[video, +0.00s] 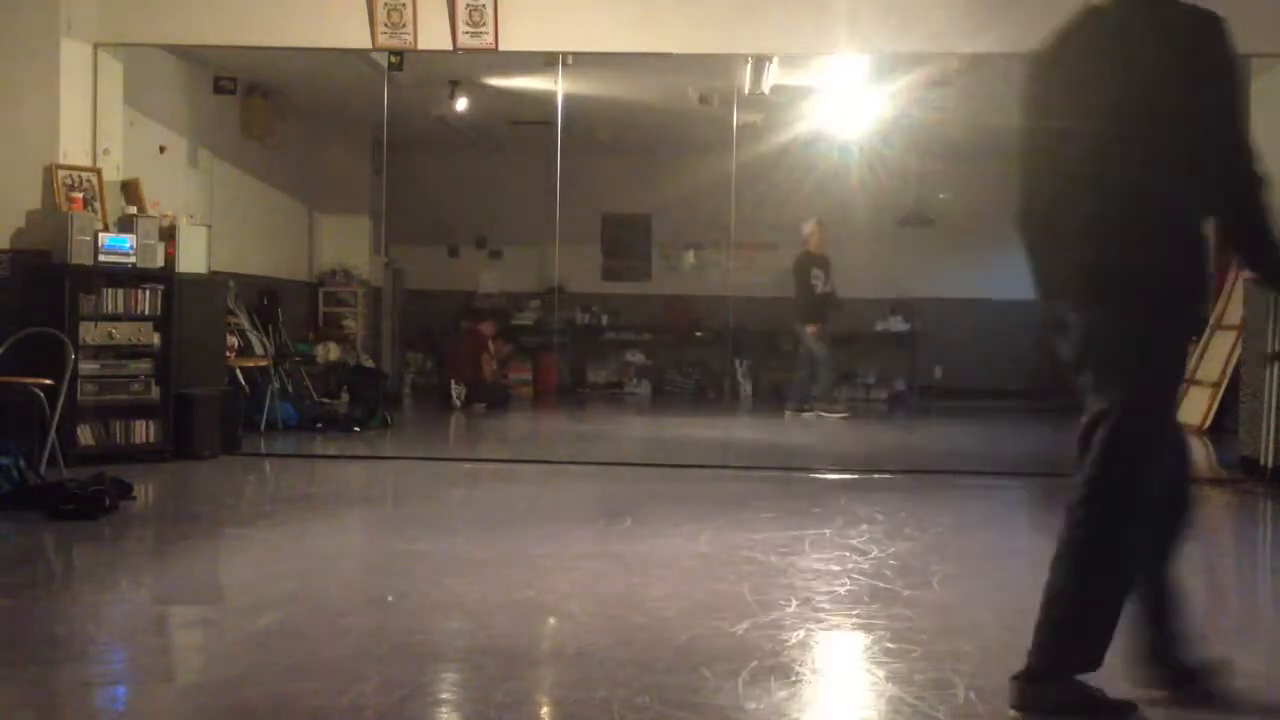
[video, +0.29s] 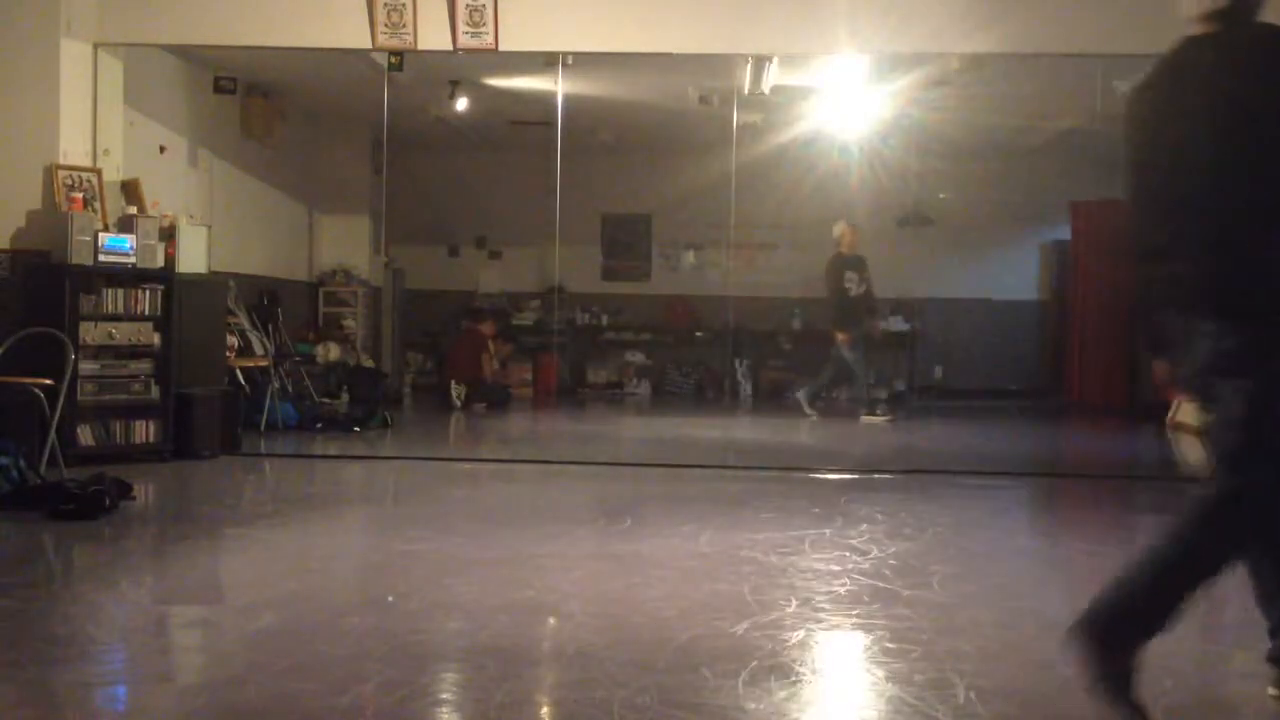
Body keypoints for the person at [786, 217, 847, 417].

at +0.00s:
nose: (821, 239)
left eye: (821, 234)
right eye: (816, 235)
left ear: (823, 236)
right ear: (808, 237)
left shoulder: (824, 260)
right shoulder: (802, 260)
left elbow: (827, 287)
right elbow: (803, 293)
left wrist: (834, 301)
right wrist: (808, 319)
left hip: (820, 315)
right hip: (805, 317)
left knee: (806, 360)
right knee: (822, 356)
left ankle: (797, 402)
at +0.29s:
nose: (853, 238)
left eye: (854, 234)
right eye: (849, 234)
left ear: (856, 236)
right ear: (840, 238)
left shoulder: (860, 261)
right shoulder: (835, 263)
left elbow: (867, 291)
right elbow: (834, 296)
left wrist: (873, 317)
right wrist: (837, 326)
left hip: (859, 318)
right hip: (843, 319)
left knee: (838, 364)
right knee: (859, 365)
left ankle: (809, 394)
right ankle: (865, 408)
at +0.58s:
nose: (881, 234)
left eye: (881, 229)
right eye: (876, 230)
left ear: (883, 231)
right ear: (869, 234)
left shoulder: (888, 257)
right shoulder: (865, 260)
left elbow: (889, 289)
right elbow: (864, 293)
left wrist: (890, 316)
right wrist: (875, 320)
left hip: (886, 316)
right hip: (870, 317)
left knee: (886, 361)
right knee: (870, 362)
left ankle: (886, 405)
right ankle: (868, 406)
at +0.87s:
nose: (912, 239)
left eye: (913, 234)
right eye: (908, 234)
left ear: (914, 236)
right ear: (901, 237)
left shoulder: (915, 261)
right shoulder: (897, 261)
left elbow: (915, 295)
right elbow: (898, 297)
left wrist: (920, 321)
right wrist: (910, 324)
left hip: (913, 319)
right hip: (897, 320)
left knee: (924, 363)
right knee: (890, 363)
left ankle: (933, 409)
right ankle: (872, 405)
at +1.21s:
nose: (936, 233)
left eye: (939, 227)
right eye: (932, 228)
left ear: (945, 228)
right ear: (926, 231)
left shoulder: (956, 255)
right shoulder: (921, 256)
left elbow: (962, 287)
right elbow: (918, 291)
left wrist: (964, 311)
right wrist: (923, 319)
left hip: (952, 314)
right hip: (930, 315)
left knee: (948, 362)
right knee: (938, 362)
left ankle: (940, 408)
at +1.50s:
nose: (954, 236)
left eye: (957, 230)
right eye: (949, 232)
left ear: (964, 232)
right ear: (944, 236)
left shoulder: (979, 258)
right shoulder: (940, 261)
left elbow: (996, 288)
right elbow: (934, 297)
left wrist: (1012, 316)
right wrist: (931, 329)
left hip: (975, 319)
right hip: (951, 319)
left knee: (959, 365)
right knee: (965, 365)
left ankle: (939, 405)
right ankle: (975, 416)